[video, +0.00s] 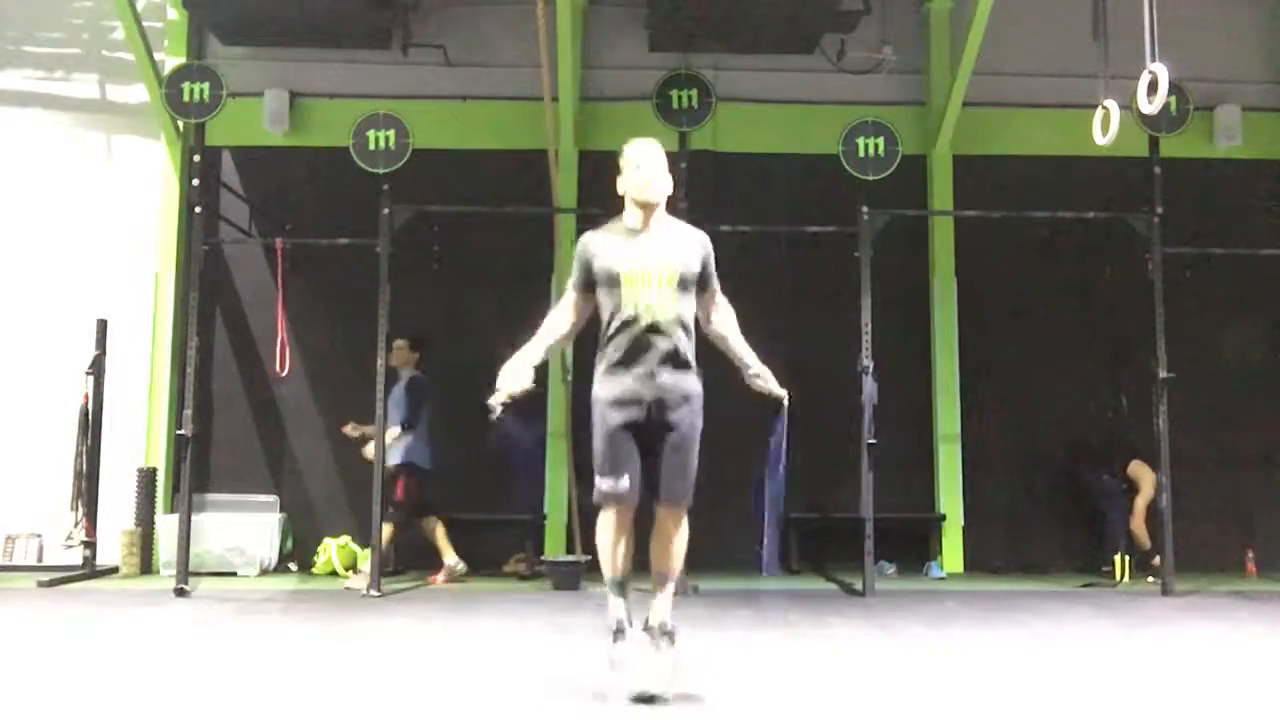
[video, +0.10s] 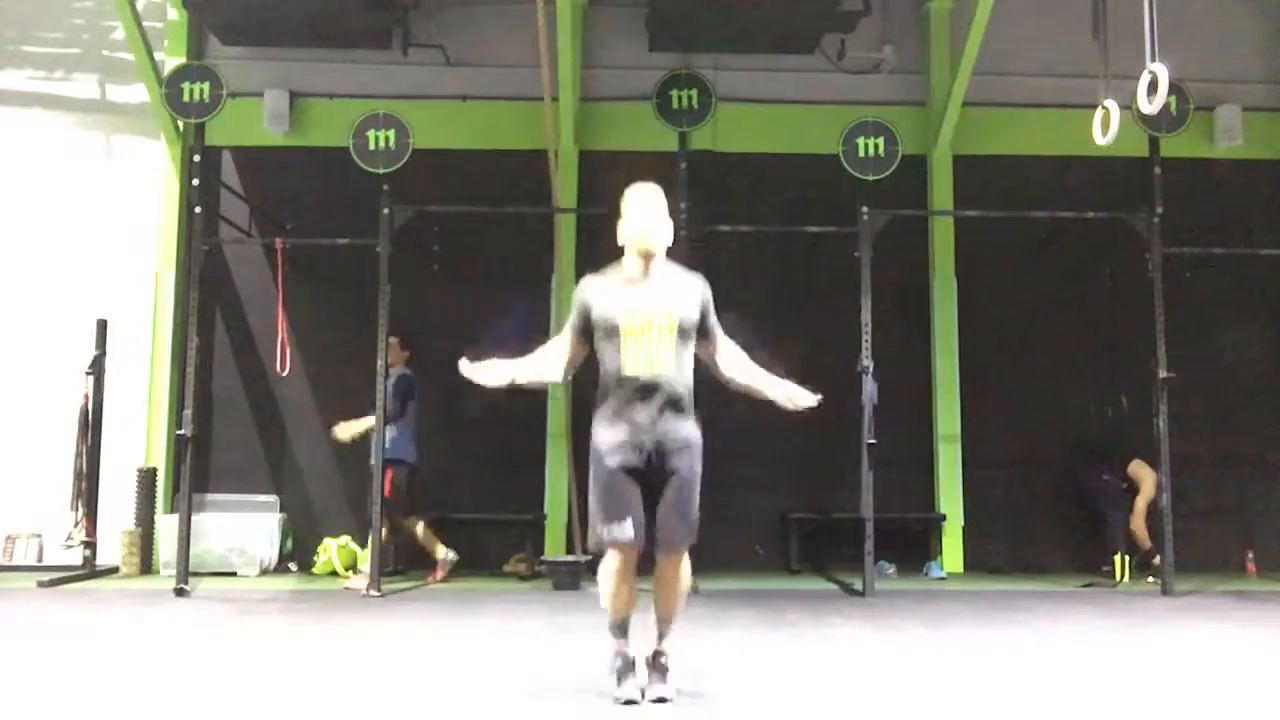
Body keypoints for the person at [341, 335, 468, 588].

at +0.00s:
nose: (392, 354)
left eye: (398, 349)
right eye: (393, 349)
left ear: (414, 355)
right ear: (395, 355)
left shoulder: (416, 383)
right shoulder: (400, 385)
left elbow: (409, 425)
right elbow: (392, 425)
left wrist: (380, 443)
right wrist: (364, 430)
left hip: (409, 459)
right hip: (401, 459)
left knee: (390, 516)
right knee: (423, 513)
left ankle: (369, 572)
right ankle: (452, 561)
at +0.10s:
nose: (386, 352)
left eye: (391, 347)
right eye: (386, 347)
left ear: (404, 354)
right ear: (391, 353)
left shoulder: (403, 379)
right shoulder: (392, 379)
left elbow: (394, 412)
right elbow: (385, 415)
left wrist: (359, 426)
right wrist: (355, 427)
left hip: (396, 454)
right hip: (387, 453)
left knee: (391, 511)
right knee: (387, 512)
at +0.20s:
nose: (379, 355)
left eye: (385, 350)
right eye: (377, 350)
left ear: (396, 353)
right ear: (375, 353)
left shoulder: (393, 379)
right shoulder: (385, 381)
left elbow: (369, 406)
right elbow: (374, 422)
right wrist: (344, 428)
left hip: (384, 457)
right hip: (374, 456)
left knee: (377, 514)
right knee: (375, 514)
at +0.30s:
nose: (369, 350)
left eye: (375, 345)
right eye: (368, 345)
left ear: (387, 351)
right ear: (366, 350)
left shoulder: (387, 378)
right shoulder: (373, 381)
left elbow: (351, 394)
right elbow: (364, 421)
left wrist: (317, 387)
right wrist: (333, 424)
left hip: (376, 453)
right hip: (364, 453)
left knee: (368, 513)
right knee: (364, 512)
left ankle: (368, 572)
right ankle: (396, 551)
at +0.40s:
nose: (361, 346)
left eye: (368, 342)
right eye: (360, 342)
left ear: (379, 349)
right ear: (360, 348)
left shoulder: (377, 377)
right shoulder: (365, 380)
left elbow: (340, 388)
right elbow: (359, 420)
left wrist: (305, 375)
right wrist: (328, 417)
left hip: (367, 458)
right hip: (352, 458)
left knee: (366, 518)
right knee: (332, 510)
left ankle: (368, 575)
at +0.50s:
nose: (352, 344)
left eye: (359, 340)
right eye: (351, 340)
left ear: (373, 350)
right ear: (350, 349)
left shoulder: (373, 376)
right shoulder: (351, 382)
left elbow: (343, 385)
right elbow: (347, 422)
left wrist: (299, 370)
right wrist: (320, 412)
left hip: (361, 456)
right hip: (340, 455)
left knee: (362, 516)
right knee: (319, 507)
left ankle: (367, 571)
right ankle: (318, 567)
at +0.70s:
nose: (332, 343)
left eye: (339, 340)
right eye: (332, 339)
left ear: (353, 350)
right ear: (329, 349)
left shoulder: (363, 375)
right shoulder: (322, 380)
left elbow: (337, 384)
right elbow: (318, 420)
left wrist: (296, 365)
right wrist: (296, 408)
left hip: (346, 454)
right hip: (316, 455)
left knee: (352, 514)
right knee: (296, 512)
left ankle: (364, 572)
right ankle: (286, 572)